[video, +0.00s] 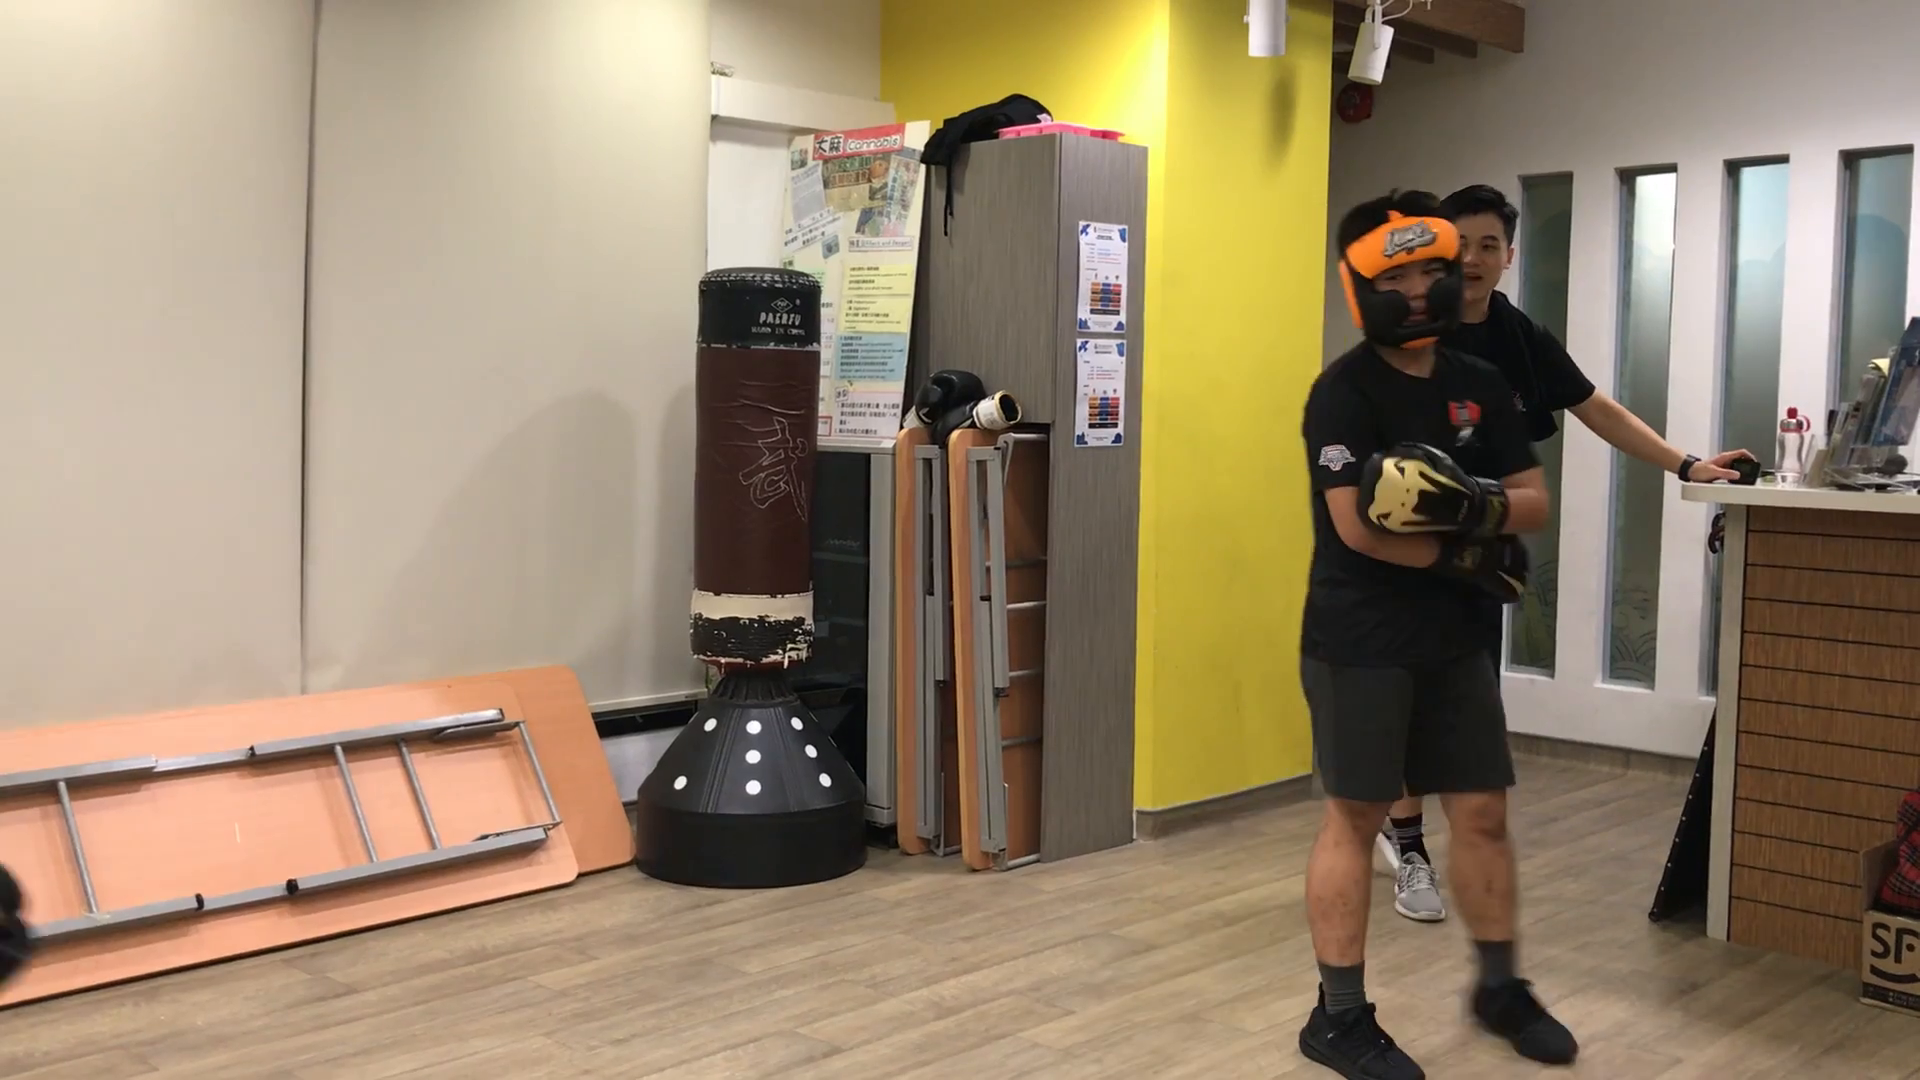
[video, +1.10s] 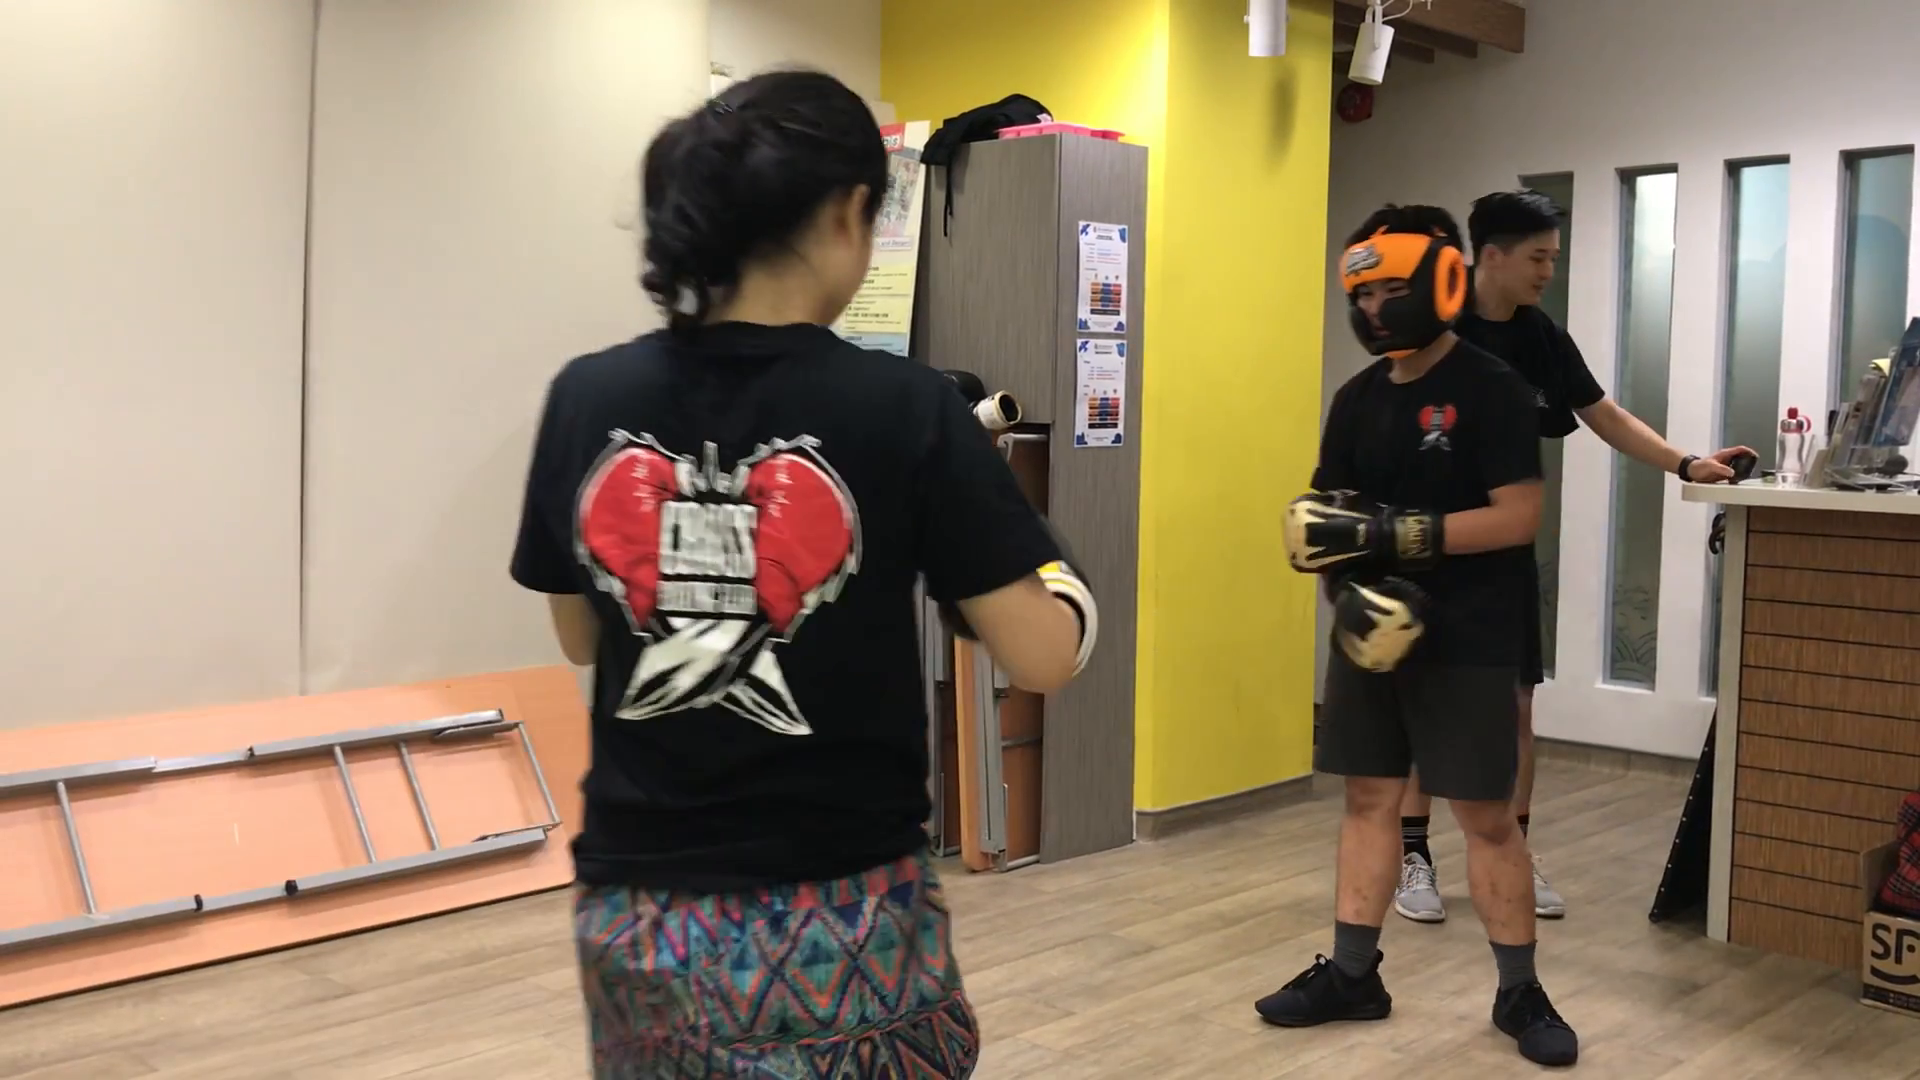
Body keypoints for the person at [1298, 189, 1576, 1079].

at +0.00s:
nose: (1417, 291)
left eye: (1431, 273)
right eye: (1396, 275)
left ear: (1454, 285)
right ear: (1360, 290)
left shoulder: (1484, 386)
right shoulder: (1339, 395)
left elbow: (1535, 505)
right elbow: (1357, 529)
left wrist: (1460, 501)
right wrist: (1466, 553)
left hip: (1456, 635)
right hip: (1357, 642)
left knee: (1481, 811)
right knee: (1354, 820)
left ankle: (1500, 988)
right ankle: (1339, 1011)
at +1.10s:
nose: (1371, 305)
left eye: (1388, 286)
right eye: (1361, 291)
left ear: (1442, 283)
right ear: (1353, 298)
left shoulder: (1494, 390)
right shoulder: (1358, 396)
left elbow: (1521, 517)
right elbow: (1323, 515)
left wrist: (1402, 534)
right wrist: (1340, 577)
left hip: (1472, 638)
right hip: (1371, 630)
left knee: (1489, 817)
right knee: (1369, 797)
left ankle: (1520, 991)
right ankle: (1353, 972)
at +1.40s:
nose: (1300, 310)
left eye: (1316, 291)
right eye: (1287, 297)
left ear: (1370, 286)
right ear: (1277, 303)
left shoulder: (1420, 384)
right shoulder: (1290, 398)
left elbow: (1459, 509)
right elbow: (1253, 506)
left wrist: (1346, 519)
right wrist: (1227, 560)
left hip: (1413, 620)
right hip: (1323, 622)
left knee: (1413, 796)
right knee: (1339, 791)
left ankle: (1467, 978)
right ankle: (1350, 972)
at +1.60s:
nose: (1276, 317)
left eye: (1293, 297)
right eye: (1263, 302)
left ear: (1345, 289)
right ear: (1254, 305)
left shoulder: (1397, 385)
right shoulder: (1266, 395)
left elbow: (1418, 513)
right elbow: (1222, 510)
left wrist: (1335, 467)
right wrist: (1172, 491)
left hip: (1384, 619)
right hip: (1301, 620)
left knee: (1361, 802)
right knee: (1319, 797)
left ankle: (1359, 1000)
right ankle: (1339, 964)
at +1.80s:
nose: (1270, 306)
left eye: (1290, 287)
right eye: (1256, 291)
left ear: (1340, 289)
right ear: (1244, 299)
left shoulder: (1385, 387)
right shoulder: (1249, 390)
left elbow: (1363, 493)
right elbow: (1180, 484)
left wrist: (1322, 381)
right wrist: (1151, 384)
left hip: (1352, 627)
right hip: (1272, 626)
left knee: (1314, 812)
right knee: (1308, 808)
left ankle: (1284, 1021)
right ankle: (1350, 971)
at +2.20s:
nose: (1260, 294)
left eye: (1278, 275)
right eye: (1247, 277)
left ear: (1317, 278)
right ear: (1222, 283)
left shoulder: (1358, 382)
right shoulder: (1211, 374)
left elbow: (1298, 478)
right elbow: (1165, 457)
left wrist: (1271, 369)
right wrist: (1177, 350)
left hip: (1303, 639)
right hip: (1210, 628)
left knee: (1286, 827)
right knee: (1205, 809)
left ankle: (1282, 1025)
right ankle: (1272, 941)